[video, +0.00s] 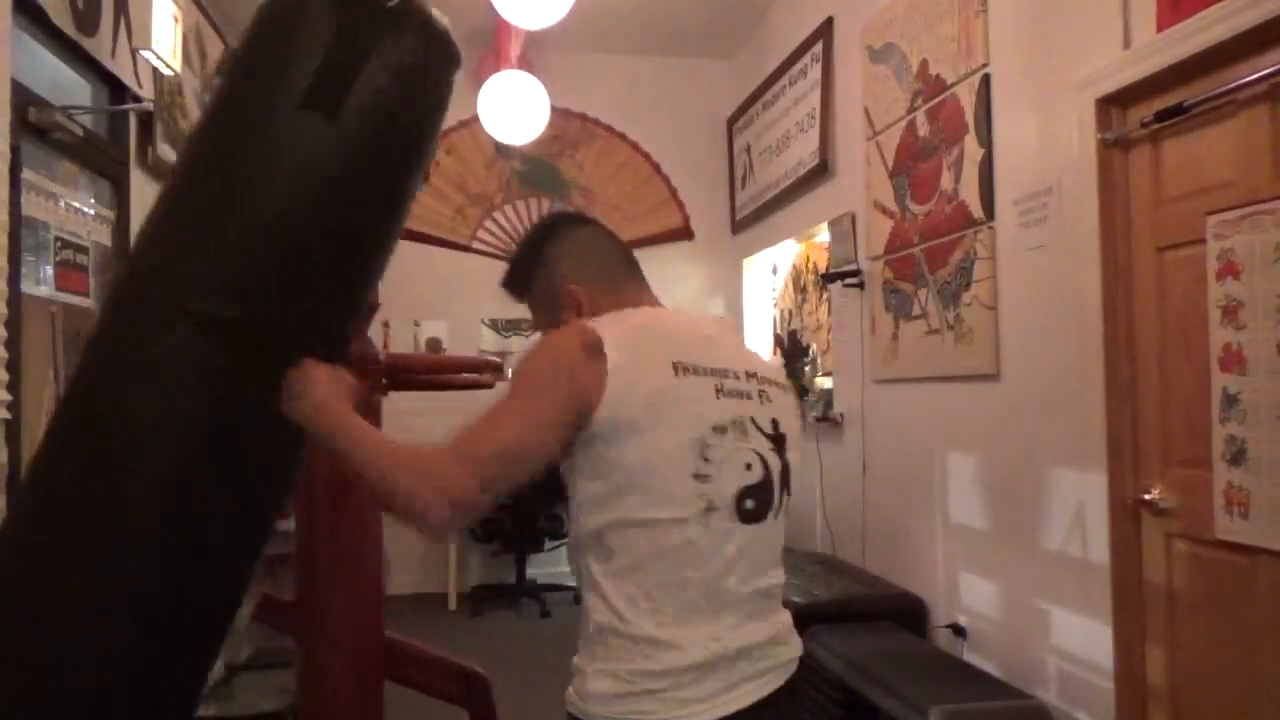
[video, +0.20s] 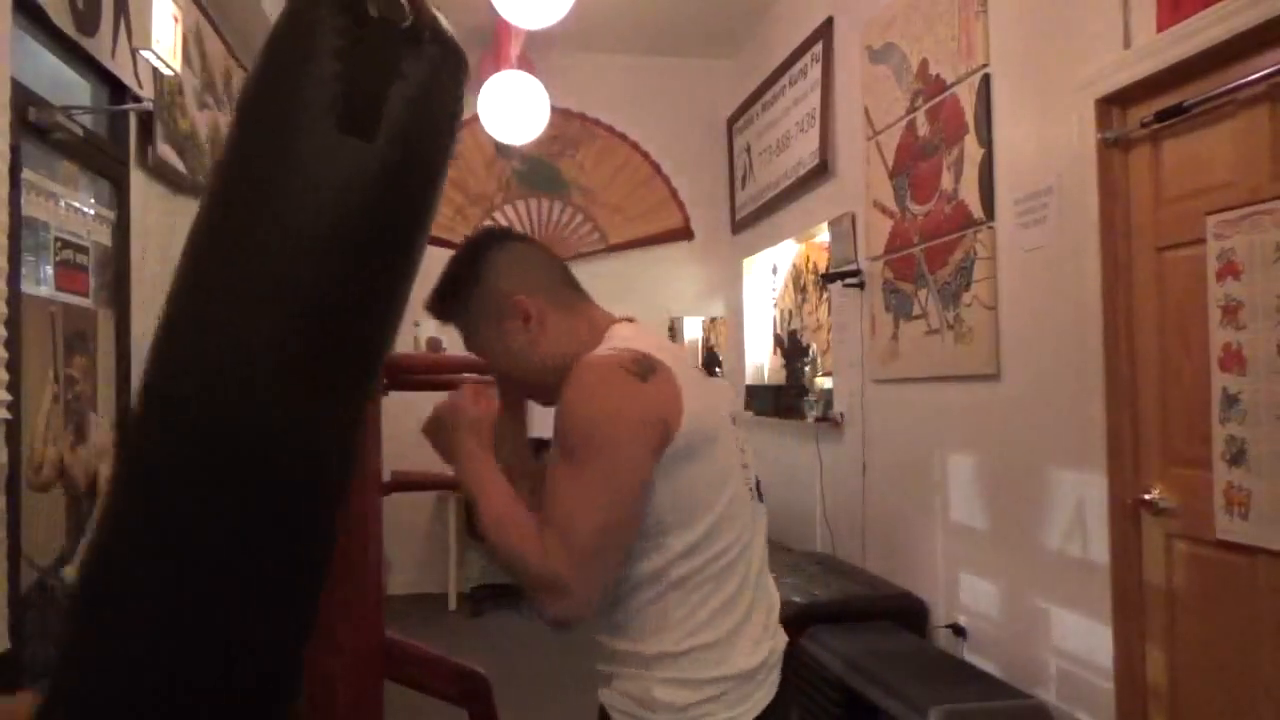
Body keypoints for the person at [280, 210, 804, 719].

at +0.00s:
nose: (541, 344)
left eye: (540, 325)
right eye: (536, 329)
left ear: (574, 300)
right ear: (639, 285)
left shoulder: (585, 352)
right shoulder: (746, 355)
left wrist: (327, 413)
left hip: (642, 698)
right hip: (774, 679)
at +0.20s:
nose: (500, 379)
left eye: (489, 357)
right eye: (486, 363)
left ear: (524, 316)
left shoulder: (610, 379)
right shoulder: (647, 355)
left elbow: (568, 594)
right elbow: (542, 515)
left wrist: (469, 456)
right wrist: (508, 397)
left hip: (681, 702)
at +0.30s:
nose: (480, 360)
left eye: (477, 336)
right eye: (470, 342)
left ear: (531, 302)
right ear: (535, 301)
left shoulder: (627, 380)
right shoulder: (593, 379)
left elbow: (562, 579)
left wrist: (467, 432)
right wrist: (456, 431)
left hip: (676, 703)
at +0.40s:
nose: (483, 356)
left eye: (483, 328)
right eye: (474, 333)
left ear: (539, 296)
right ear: (541, 295)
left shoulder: (629, 381)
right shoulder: (592, 371)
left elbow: (562, 589)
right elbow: (501, 472)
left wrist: (458, 445)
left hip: (657, 704)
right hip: (615, 689)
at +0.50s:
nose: (511, 347)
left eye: (506, 321)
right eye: (498, 326)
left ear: (561, 289)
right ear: (565, 288)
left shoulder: (621, 377)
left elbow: (553, 581)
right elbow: (529, 501)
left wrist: (461, 440)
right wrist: (522, 364)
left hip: (662, 704)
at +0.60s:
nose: (539, 339)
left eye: (539, 315)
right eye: (532, 318)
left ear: (593, 286)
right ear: (596, 282)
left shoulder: (647, 371)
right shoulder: (697, 339)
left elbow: (574, 573)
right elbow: (570, 512)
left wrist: (496, 431)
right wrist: (547, 362)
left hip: (700, 699)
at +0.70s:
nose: (604, 347)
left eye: (600, 321)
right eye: (591, 326)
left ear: (652, 289)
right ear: (654, 289)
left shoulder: (718, 373)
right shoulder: (742, 359)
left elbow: (633, 570)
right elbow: (597, 487)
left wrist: (536, 444)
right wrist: (570, 360)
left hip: (742, 704)